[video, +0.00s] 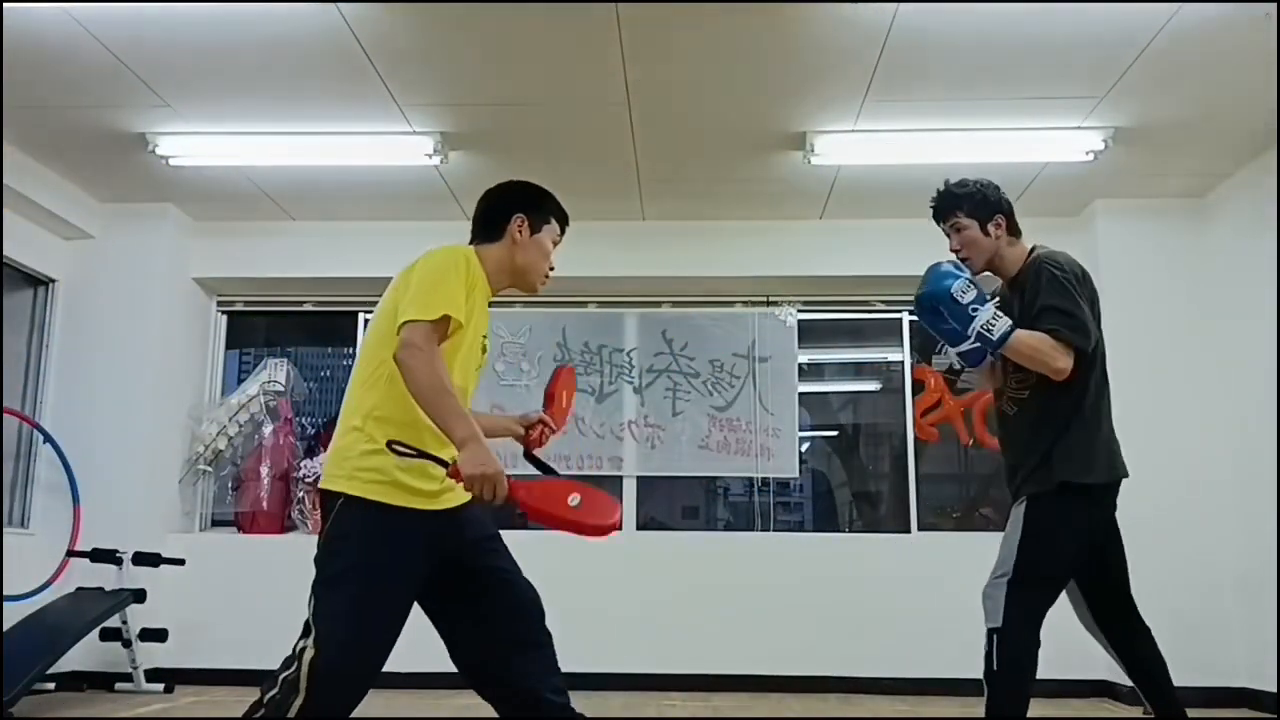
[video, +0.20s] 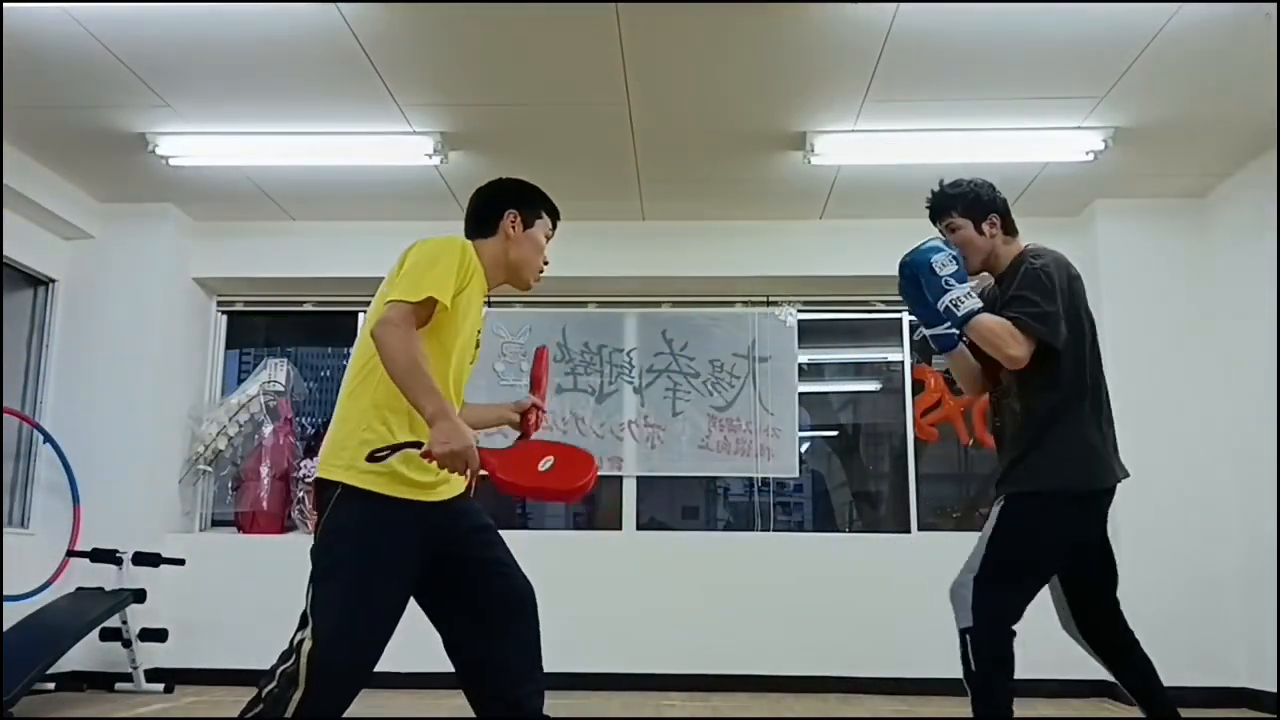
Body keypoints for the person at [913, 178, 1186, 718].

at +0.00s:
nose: (953, 248)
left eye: (959, 233)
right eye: (948, 237)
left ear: (997, 226)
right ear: (987, 232)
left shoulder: (1051, 271)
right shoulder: (1009, 295)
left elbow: (1059, 359)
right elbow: (999, 376)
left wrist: (986, 324)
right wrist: (961, 352)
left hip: (1068, 477)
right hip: (1067, 476)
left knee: (1009, 607)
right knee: (1112, 614)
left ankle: (1002, 716)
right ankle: (1171, 713)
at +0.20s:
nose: (948, 249)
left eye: (953, 233)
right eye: (943, 238)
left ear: (992, 224)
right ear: (986, 231)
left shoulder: (1039, 268)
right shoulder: (998, 293)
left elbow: (1015, 348)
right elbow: (973, 382)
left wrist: (953, 297)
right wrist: (935, 317)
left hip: (1058, 477)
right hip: (1068, 476)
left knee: (982, 608)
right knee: (1095, 617)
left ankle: (992, 717)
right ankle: (1165, 714)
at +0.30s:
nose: (938, 259)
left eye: (943, 243)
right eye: (934, 248)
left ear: (982, 236)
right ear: (973, 243)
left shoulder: (1031, 280)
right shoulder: (985, 307)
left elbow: (1007, 366)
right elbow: (967, 395)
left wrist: (939, 316)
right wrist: (927, 342)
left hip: (1042, 480)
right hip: (1056, 483)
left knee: (925, 575)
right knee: (1086, 621)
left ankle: (964, 712)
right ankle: (1165, 714)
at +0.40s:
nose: (909, 249)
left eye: (915, 234)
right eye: (905, 238)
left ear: (951, 230)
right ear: (955, 233)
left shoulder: (983, 275)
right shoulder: (1004, 275)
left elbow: (968, 351)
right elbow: (996, 383)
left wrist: (901, 305)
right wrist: (924, 354)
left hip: (995, 489)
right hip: (1051, 487)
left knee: (909, 610)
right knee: (1095, 619)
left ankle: (900, 713)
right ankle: (1165, 713)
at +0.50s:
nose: (881, 266)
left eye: (885, 252)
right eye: (878, 255)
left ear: (922, 245)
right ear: (928, 244)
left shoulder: (941, 292)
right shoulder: (996, 291)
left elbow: (851, 307)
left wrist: (790, 260)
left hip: (973, 501)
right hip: (1038, 498)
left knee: (890, 625)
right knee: (1056, 623)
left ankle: (889, 715)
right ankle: (1139, 712)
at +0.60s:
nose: (874, 274)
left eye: (877, 260)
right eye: (869, 265)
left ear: (912, 242)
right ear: (924, 240)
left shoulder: (937, 276)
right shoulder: (987, 281)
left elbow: (837, 289)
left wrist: (775, 243)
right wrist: (892, 319)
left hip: (973, 491)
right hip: (1033, 490)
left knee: (902, 630)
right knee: (1056, 621)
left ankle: (892, 719)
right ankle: (1141, 712)